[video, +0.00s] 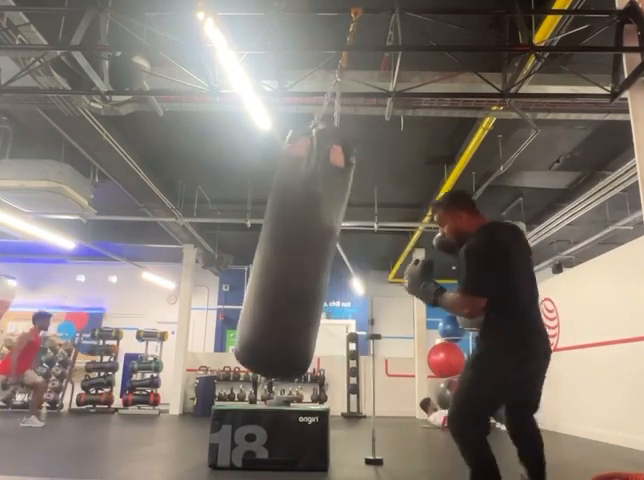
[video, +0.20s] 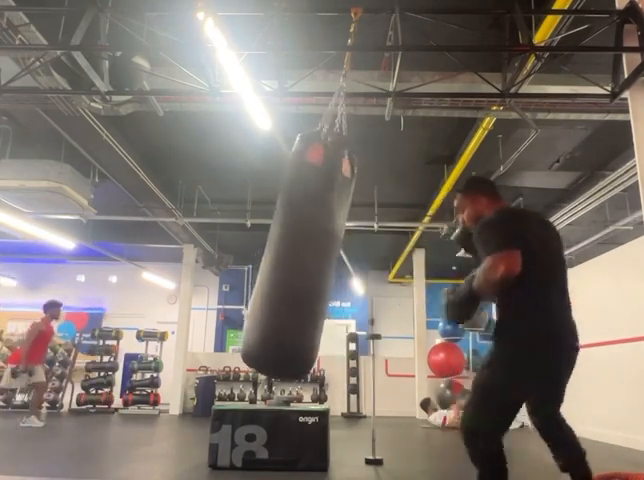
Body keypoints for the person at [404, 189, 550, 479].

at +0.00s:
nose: (442, 233)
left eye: (443, 224)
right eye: (440, 226)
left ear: (461, 215)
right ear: (470, 214)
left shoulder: (477, 246)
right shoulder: (513, 233)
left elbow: (471, 305)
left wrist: (430, 292)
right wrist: (460, 247)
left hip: (500, 347)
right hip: (535, 344)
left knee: (464, 421)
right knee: (520, 416)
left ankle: (487, 474)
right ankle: (537, 474)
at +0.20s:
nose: (461, 220)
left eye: (462, 211)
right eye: (459, 213)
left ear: (480, 200)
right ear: (494, 199)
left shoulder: (494, 224)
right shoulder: (542, 224)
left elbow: (504, 265)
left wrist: (465, 298)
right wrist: (473, 247)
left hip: (522, 342)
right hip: (560, 339)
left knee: (479, 429)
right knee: (545, 412)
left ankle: (493, 474)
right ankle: (581, 473)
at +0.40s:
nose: (506, 192)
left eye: (506, 181)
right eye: (503, 185)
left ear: (529, 168)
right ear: (532, 169)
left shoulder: (556, 187)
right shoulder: (593, 194)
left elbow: (576, 226)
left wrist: (528, 251)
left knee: (527, 419)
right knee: (626, 433)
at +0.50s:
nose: (541, 193)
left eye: (541, 181)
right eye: (537, 185)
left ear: (564, 169)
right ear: (568, 170)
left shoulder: (603, 198)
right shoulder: (622, 196)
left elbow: (606, 258)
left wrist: (549, 254)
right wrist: (557, 239)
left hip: (601, 350)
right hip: (628, 349)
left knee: (551, 439)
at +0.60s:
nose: (572, 182)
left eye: (572, 168)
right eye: (568, 173)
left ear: (596, 153)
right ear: (604, 155)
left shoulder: (625, 177)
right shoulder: (628, 182)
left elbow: (621, 251)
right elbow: (621, 260)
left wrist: (569, 236)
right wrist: (568, 245)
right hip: (635, 324)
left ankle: (571, 474)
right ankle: (572, 472)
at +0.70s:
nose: (599, 150)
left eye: (598, 137)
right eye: (595, 143)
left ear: (618, 117)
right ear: (623, 118)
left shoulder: (634, 136)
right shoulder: (636, 138)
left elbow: (630, 211)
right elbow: (631, 214)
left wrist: (595, 228)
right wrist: (598, 227)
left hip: (643, 290)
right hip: (641, 289)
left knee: (601, 388)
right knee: (602, 387)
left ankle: (608, 470)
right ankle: (610, 469)